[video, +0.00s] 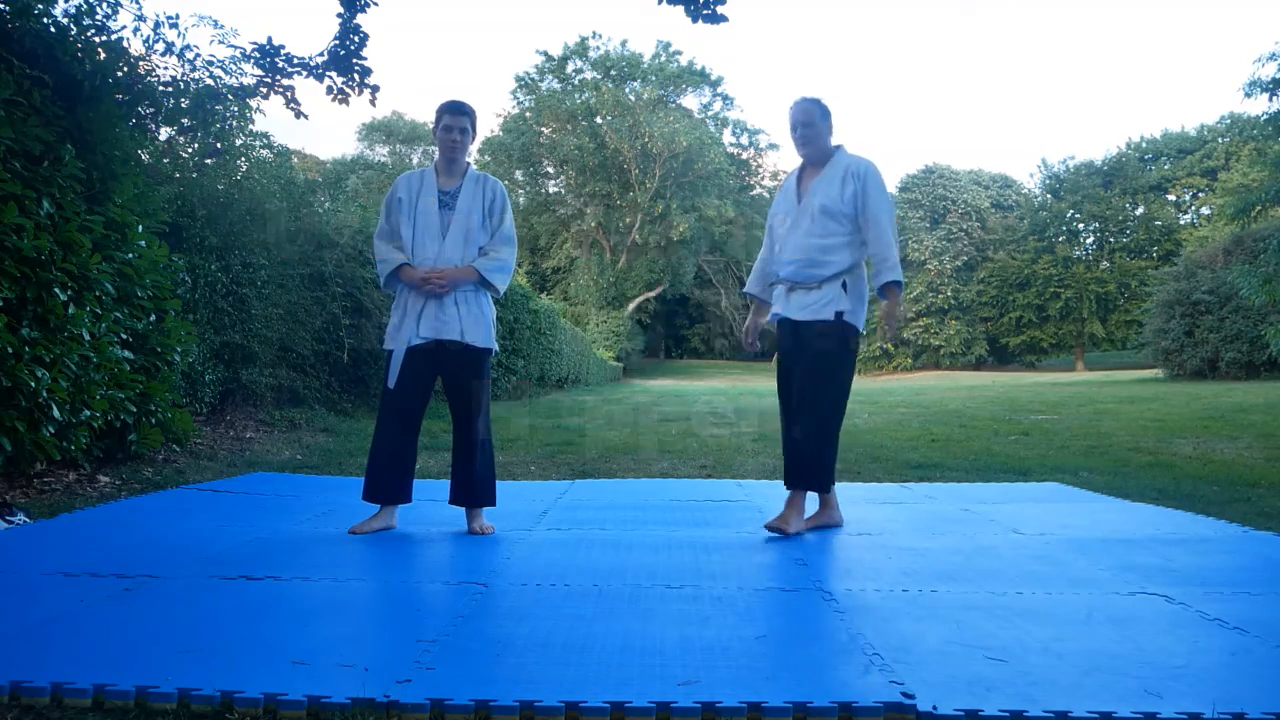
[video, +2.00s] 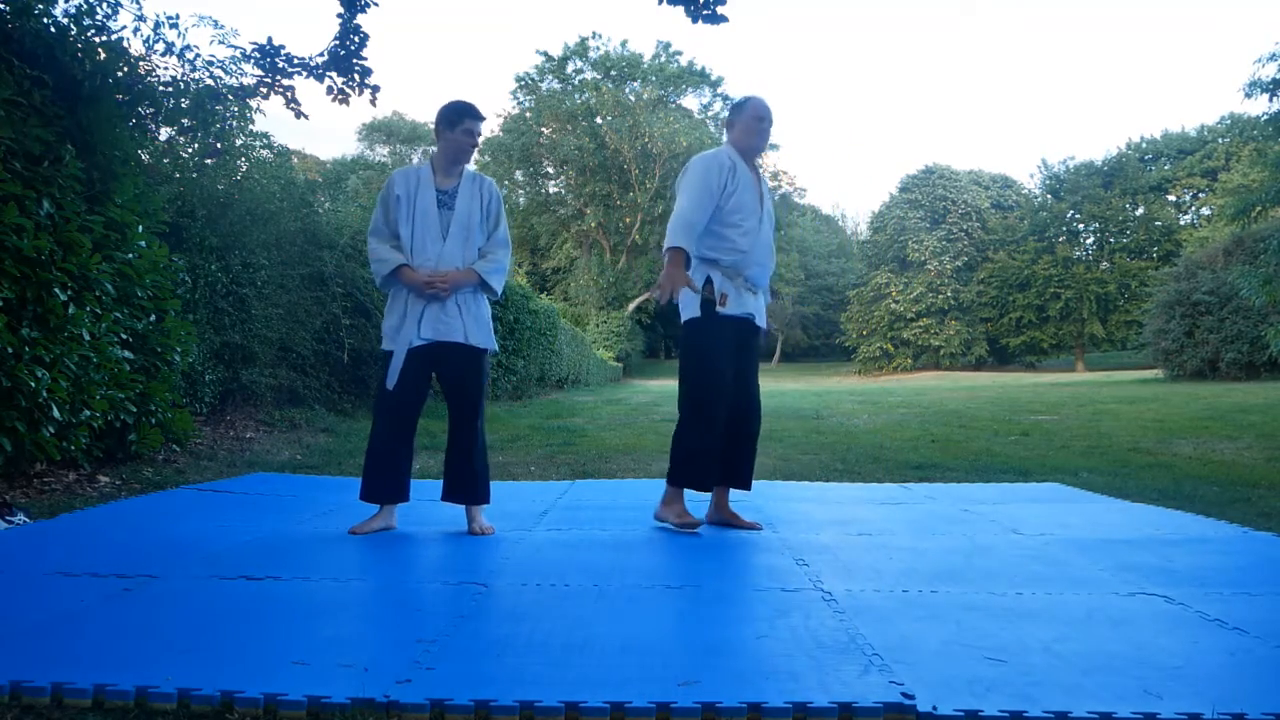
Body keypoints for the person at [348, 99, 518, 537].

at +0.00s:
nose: (454, 137)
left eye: (462, 131)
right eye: (447, 129)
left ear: (473, 139)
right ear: (434, 133)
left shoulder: (492, 191)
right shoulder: (406, 186)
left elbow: (504, 257)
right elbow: (383, 248)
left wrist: (458, 275)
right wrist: (413, 276)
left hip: (469, 321)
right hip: (414, 319)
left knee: (473, 421)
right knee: (397, 416)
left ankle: (475, 512)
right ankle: (387, 510)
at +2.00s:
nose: (475, 142)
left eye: (478, 135)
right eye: (468, 133)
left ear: (477, 139)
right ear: (441, 133)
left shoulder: (486, 191)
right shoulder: (401, 182)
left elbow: (499, 255)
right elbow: (378, 244)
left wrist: (462, 277)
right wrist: (410, 276)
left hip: (466, 322)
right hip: (411, 320)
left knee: (469, 419)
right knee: (394, 415)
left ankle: (475, 511)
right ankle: (387, 511)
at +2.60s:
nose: (532, 165)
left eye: (536, 159)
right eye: (530, 155)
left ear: (517, 152)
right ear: (508, 142)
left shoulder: (511, 204)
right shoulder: (456, 176)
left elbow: (510, 269)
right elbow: (427, 233)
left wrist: (507, 325)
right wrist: (430, 288)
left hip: (488, 320)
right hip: (441, 309)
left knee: (483, 413)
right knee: (409, 407)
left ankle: (464, 508)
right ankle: (384, 503)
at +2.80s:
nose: (553, 167)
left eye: (557, 162)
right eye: (552, 157)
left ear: (540, 156)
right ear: (529, 144)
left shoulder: (525, 209)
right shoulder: (485, 174)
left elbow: (520, 271)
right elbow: (457, 222)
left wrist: (523, 320)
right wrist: (445, 273)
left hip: (500, 317)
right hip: (462, 306)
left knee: (488, 412)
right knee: (447, 404)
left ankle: (463, 505)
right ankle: (422, 497)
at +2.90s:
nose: (557, 168)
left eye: (562, 163)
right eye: (557, 158)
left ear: (544, 154)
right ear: (536, 145)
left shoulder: (528, 207)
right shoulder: (496, 174)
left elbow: (523, 272)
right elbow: (468, 221)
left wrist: (531, 318)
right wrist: (463, 268)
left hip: (502, 320)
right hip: (471, 311)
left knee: (490, 409)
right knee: (466, 406)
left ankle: (465, 503)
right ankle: (455, 503)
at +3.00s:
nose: (567, 170)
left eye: (572, 164)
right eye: (567, 159)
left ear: (551, 155)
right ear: (545, 147)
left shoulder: (532, 199)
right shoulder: (510, 175)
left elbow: (529, 269)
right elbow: (486, 223)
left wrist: (541, 314)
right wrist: (501, 268)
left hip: (507, 315)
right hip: (491, 310)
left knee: (478, 408)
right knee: (505, 406)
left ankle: (461, 506)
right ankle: (512, 509)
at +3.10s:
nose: (573, 170)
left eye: (578, 164)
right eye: (573, 159)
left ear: (554, 152)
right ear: (552, 147)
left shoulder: (533, 190)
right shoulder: (519, 175)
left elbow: (528, 262)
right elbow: (500, 229)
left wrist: (549, 308)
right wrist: (531, 263)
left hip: (511, 310)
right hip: (499, 307)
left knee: (483, 407)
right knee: (517, 408)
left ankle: (462, 506)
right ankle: (543, 511)